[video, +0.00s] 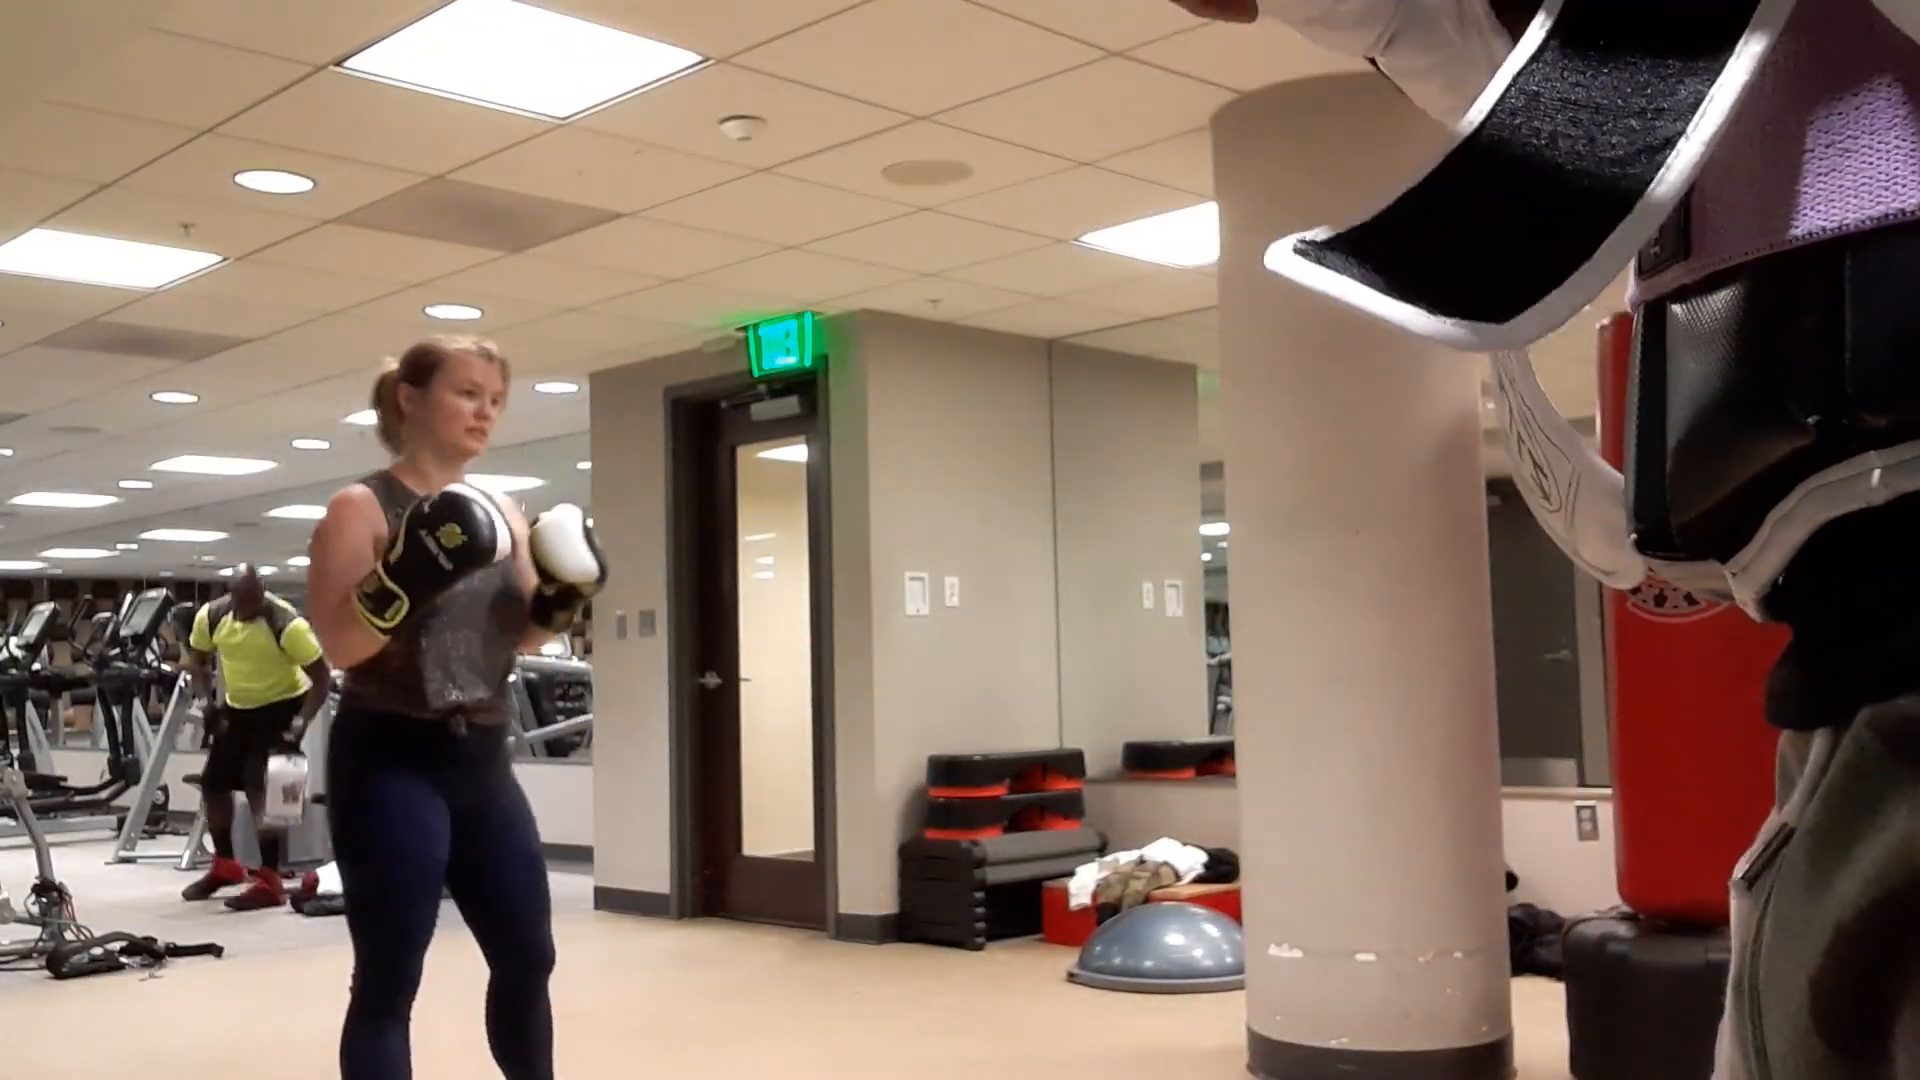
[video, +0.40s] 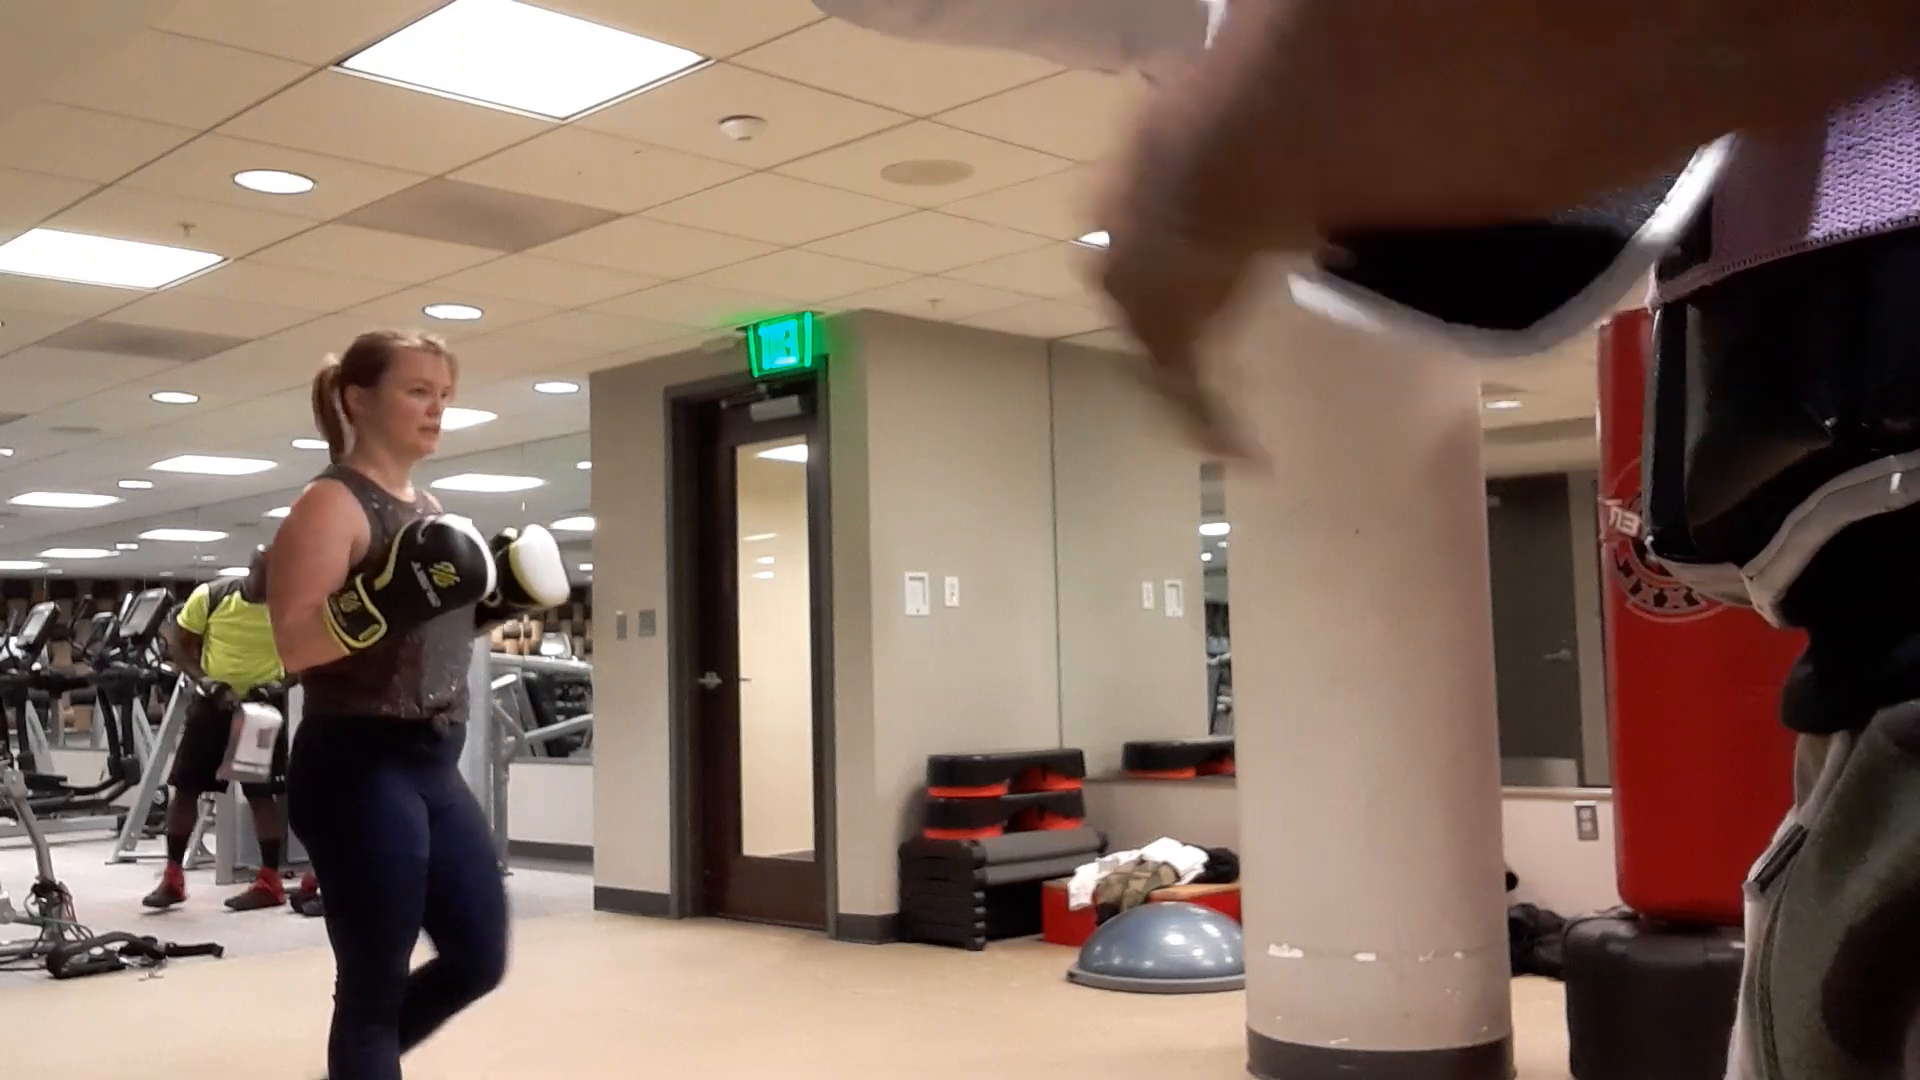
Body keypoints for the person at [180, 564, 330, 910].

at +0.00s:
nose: (242, 608)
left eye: (249, 601)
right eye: (238, 601)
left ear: (262, 594)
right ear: (229, 594)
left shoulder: (286, 625)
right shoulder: (210, 617)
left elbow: (322, 678)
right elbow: (198, 660)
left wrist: (299, 727)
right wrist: (207, 702)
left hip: (280, 710)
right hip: (237, 711)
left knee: (261, 789)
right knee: (215, 786)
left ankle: (269, 878)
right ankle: (225, 864)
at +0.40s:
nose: (259, 583)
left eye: (267, 576)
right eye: (257, 573)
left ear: (277, 579)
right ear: (249, 569)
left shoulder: (285, 608)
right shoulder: (209, 597)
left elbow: (311, 657)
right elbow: (179, 646)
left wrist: (279, 685)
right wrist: (204, 682)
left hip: (263, 708)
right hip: (213, 703)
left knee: (262, 792)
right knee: (185, 787)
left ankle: (269, 880)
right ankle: (173, 877)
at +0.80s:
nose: (211, 576)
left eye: (217, 568)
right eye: (207, 567)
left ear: (228, 572)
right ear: (196, 567)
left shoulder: (239, 606)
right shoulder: (164, 602)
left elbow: (265, 648)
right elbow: (132, 657)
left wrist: (250, 688)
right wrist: (164, 687)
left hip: (231, 709)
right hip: (176, 710)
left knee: (246, 794)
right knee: (163, 796)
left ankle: (259, 877)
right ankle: (165, 883)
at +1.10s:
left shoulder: (216, 601)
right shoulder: (143, 602)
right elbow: (118, 667)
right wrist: (154, 699)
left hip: (205, 713)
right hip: (158, 712)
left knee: (217, 797)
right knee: (158, 799)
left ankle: (226, 881)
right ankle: (165, 884)